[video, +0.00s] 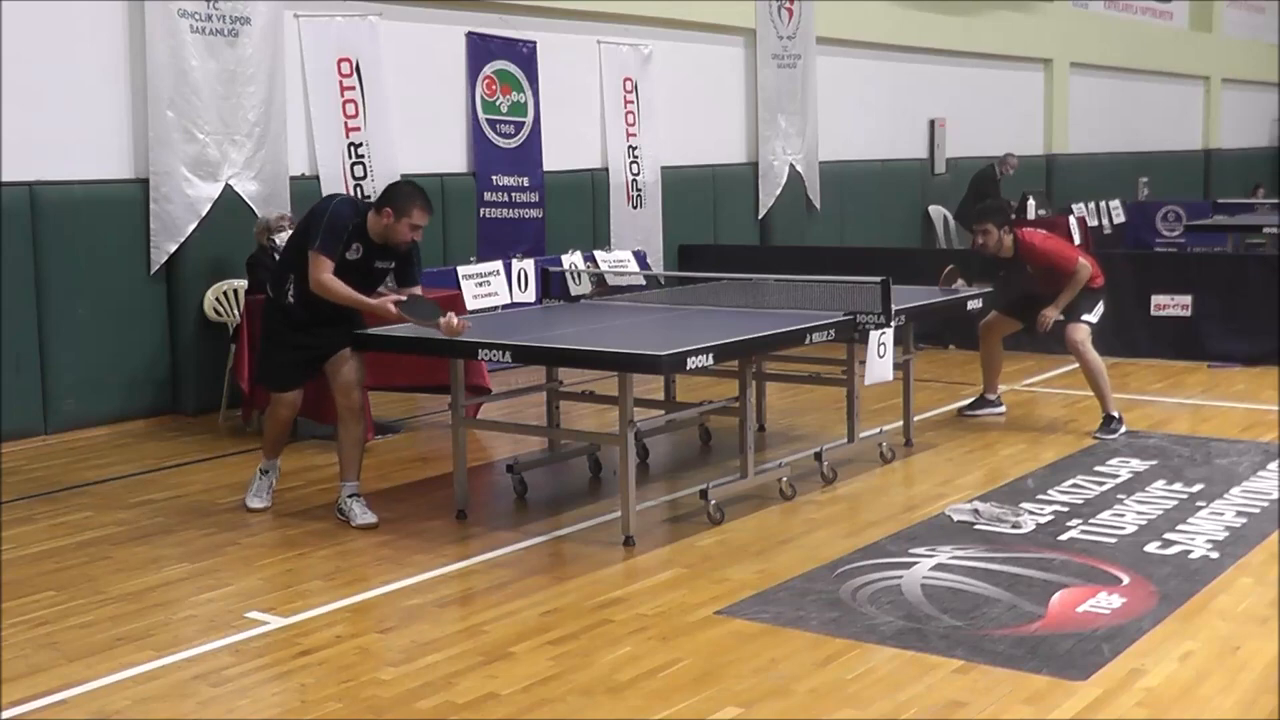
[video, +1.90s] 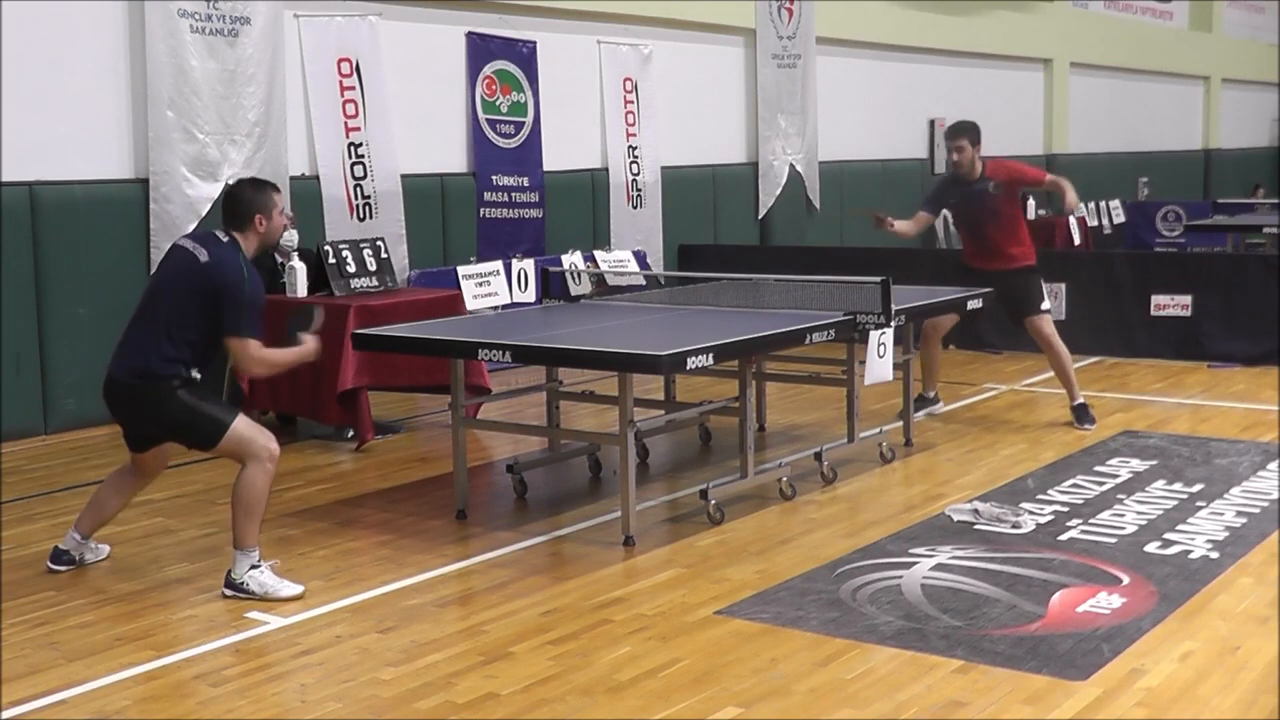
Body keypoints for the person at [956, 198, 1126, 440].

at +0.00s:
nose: (978, 240)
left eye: (985, 233)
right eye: (975, 234)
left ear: (1005, 232)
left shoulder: (1037, 245)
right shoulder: (990, 254)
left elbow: (1084, 269)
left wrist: (1056, 307)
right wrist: (962, 273)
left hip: (1086, 289)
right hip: (1043, 291)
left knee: (1076, 339)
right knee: (989, 328)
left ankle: (1111, 416)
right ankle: (990, 398)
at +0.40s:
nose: (984, 205)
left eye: (991, 198)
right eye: (981, 198)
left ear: (1011, 199)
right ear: (978, 200)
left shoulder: (1039, 220)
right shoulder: (988, 227)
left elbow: (1083, 253)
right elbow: (978, 279)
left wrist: (1050, 284)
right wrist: (962, 273)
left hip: (1078, 280)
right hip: (1037, 282)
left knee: (1076, 339)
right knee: (988, 329)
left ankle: (1111, 415)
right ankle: (990, 398)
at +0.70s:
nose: (1000, 164)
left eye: (1007, 158)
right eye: (999, 158)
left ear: (1027, 161)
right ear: (1001, 160)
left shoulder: (1055, 189)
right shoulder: (1000, 194)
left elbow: (1090, 226)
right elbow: (986, 237)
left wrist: (1061, 250)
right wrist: (973, 245)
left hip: (1069, 275)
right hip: (1027, 275)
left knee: (1079, 338)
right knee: (986, 333)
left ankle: (1112, 415)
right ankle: (989, 396)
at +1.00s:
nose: (986, 167)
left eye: (993, 161)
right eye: (984, 161)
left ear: (1014, 162)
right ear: (984, 161)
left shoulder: (1041, 189)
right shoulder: (984, 192)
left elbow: (1077, 227)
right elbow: (965, 229)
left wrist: (1047, 250)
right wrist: (939, 239)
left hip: (1054, 281)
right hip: (1011, 281)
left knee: (1072, 341)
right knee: (964, 334)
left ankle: (1111, 415)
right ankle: (949, 401)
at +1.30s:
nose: (961, 186)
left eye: (967, 179)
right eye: (960, 179)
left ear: (988, 177)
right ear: (962, 178)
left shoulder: (1019, 202)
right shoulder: (961, 206)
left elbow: (1058, 240)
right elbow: (920, 229)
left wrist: (1022, 262)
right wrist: (893, 250)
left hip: (1033, 287)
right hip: (987, 286)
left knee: (1058, 338)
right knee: (937, 334)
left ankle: (1076, 411)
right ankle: (905, 403)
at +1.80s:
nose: (937, 165)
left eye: (943, 157)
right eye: (933, 158)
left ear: (960, 155)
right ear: (929, 158)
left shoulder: (989, 175)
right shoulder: (933, 190)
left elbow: (1034, 205)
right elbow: (903, 221)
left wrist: (1039, 244)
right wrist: (871, 228)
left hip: (1012, 269)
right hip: (968, 272)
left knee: (1042, 330)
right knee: (925, 331)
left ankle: (1075, 406)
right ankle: (899, 401)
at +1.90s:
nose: (953, 157)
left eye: (959, 150)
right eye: (950, 150)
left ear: (977, 148)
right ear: (948, 151)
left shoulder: (1004, 172)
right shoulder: (948, 185)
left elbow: (1056, 182)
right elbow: (915, 226)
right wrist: (892, 225)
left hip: (1018, 271)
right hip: (974, 272)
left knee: (1044, 332)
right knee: (931, 329)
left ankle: (1077, 402)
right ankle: (929, 396)